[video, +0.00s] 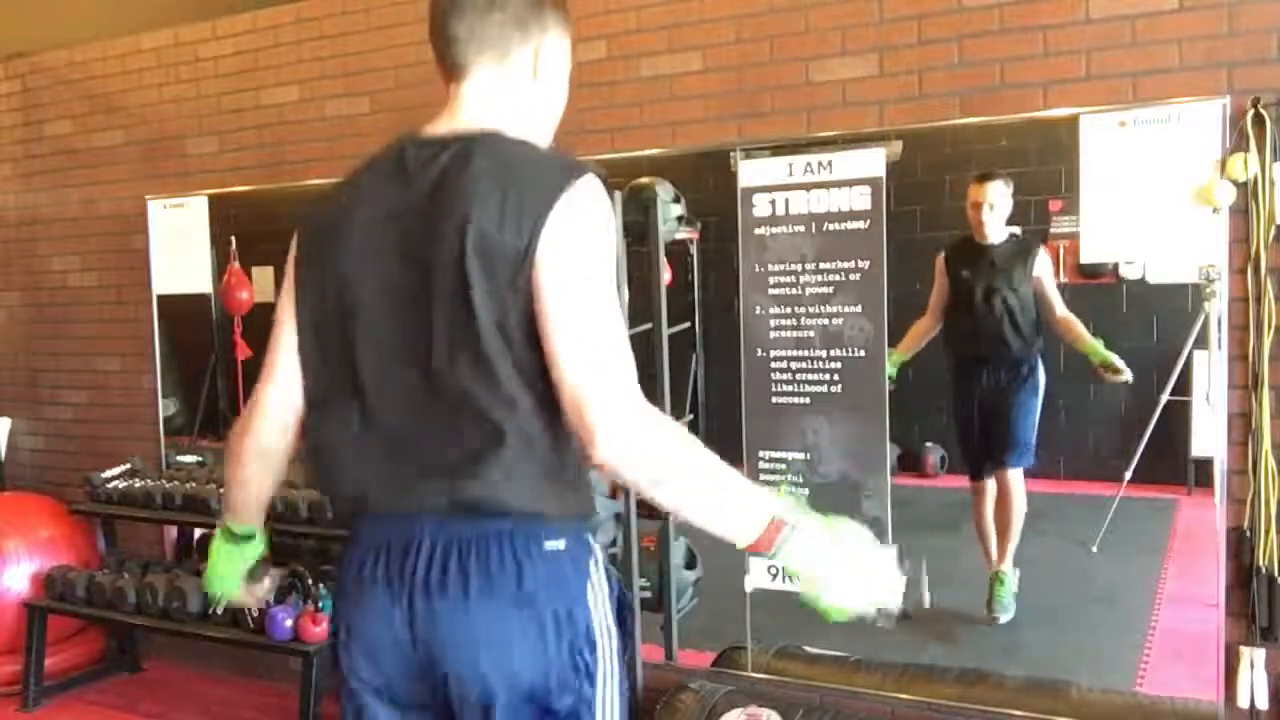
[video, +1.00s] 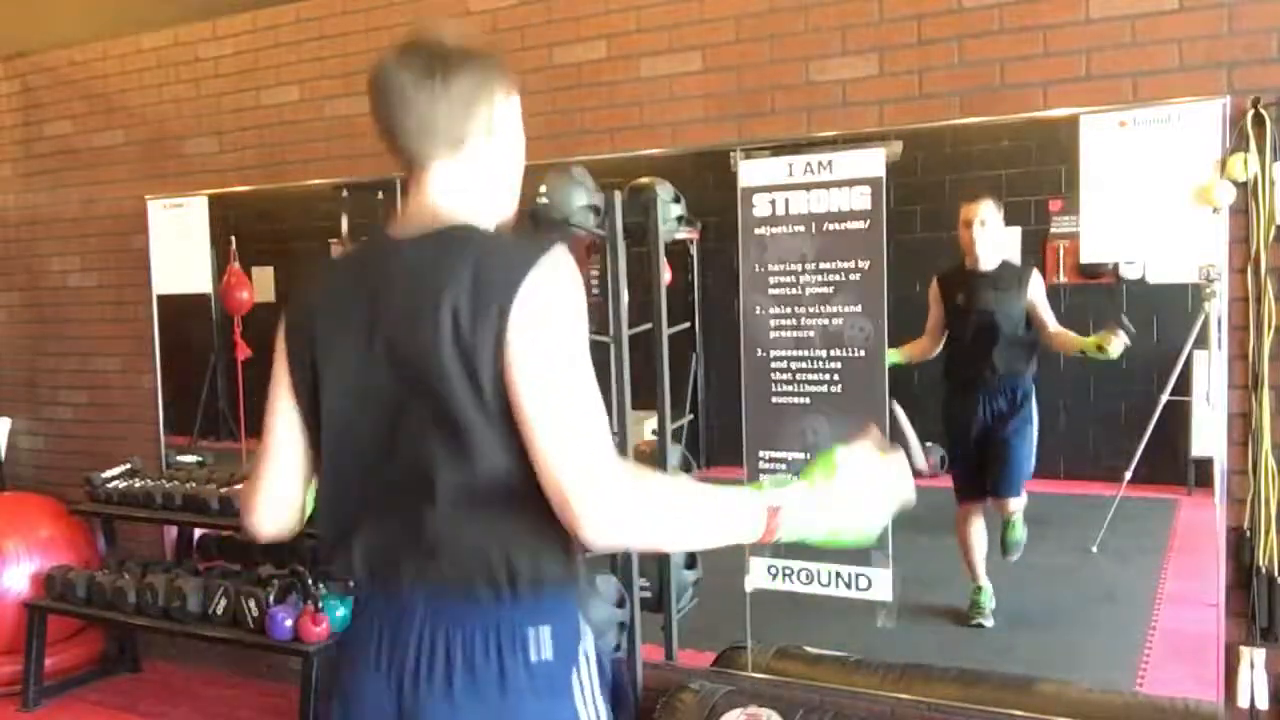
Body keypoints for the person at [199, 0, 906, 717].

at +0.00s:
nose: (567, 85)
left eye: (564, 63)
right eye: (565, 63)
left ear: (445, 61)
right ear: (547, 58)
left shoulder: (333, 215)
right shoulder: (557, 193)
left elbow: (270, 417)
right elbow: (613, 429)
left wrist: (236, 533)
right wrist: (787, 533)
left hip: (376, 577)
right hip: (526, 578)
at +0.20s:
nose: (568, 167)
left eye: (564, 147)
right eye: (566, 145)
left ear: (433, 148)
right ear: (542, 146)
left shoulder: (338, 303)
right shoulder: (562, 301)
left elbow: (274, 522)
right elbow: (631, 539)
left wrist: (365, 436)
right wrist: (820, 529)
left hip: (382, 657)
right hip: (534, 663)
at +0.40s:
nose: (568, 65)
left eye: (564, 43)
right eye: (565, 42)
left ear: (441, 46)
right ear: (540, 40)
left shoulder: (331, 203)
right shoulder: (560, 186)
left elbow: (261, 417)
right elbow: (617, 430)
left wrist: (224, 525)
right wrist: (790, 543)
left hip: (354, 567)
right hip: (499, 585)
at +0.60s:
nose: (561, 154)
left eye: (557, 130)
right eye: (558, 130)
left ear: (435, 132)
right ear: (535, 127)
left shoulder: (331, 289)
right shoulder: (555, 284)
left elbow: (259, 500)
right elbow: (621, 528)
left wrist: (371, 445)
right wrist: (804, 522)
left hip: (356, 646)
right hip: (502, 657)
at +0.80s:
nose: (545, 72)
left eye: (540, 48)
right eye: (540, 46)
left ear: (416, 54)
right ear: (516, 43)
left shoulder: (331, 222)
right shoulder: (540, 190)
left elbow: (271, 435)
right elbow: (607, 432)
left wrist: (252, 539)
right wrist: (777, 530)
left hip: (353, 563)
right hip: (491, 572)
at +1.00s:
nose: (523, 160)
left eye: (519, 136)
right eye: (518, 135)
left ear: (400, 144)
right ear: (493, 132)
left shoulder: (317, 297)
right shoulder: (525, 272)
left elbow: (267, 513)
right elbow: (601, 508)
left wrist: (365, 437)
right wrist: (789, 511)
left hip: (372, 641)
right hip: (519, 647)